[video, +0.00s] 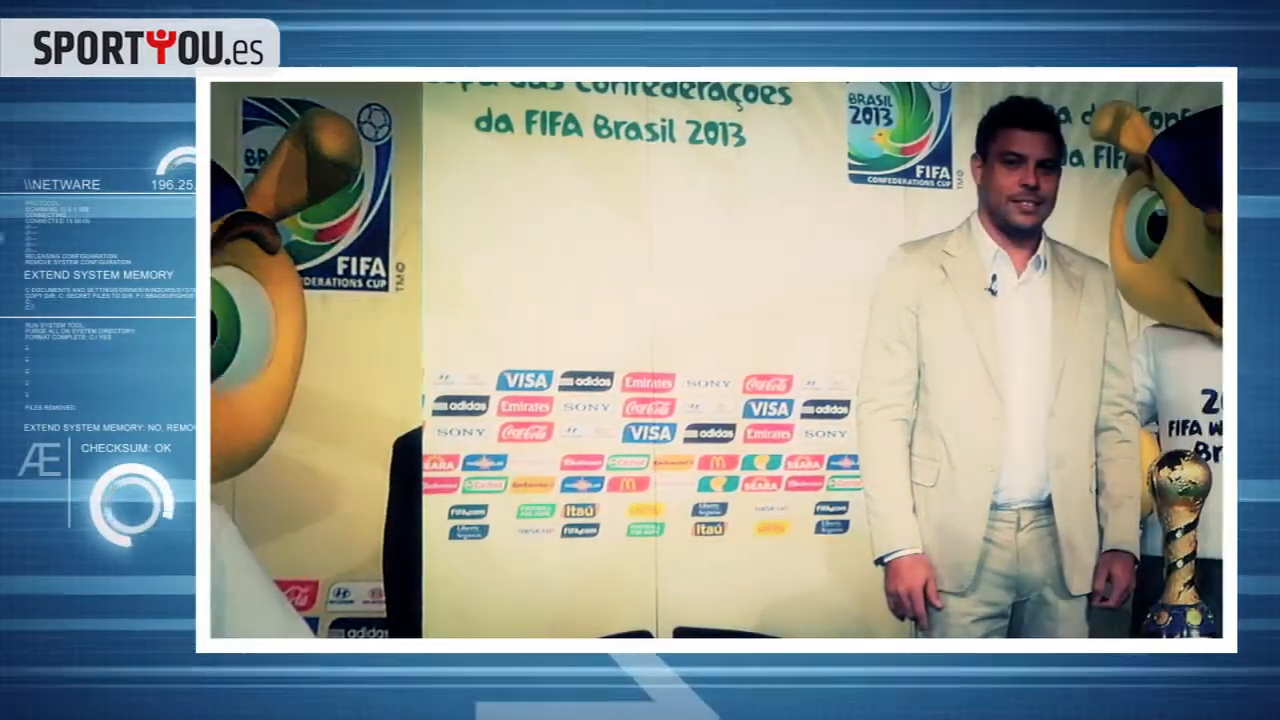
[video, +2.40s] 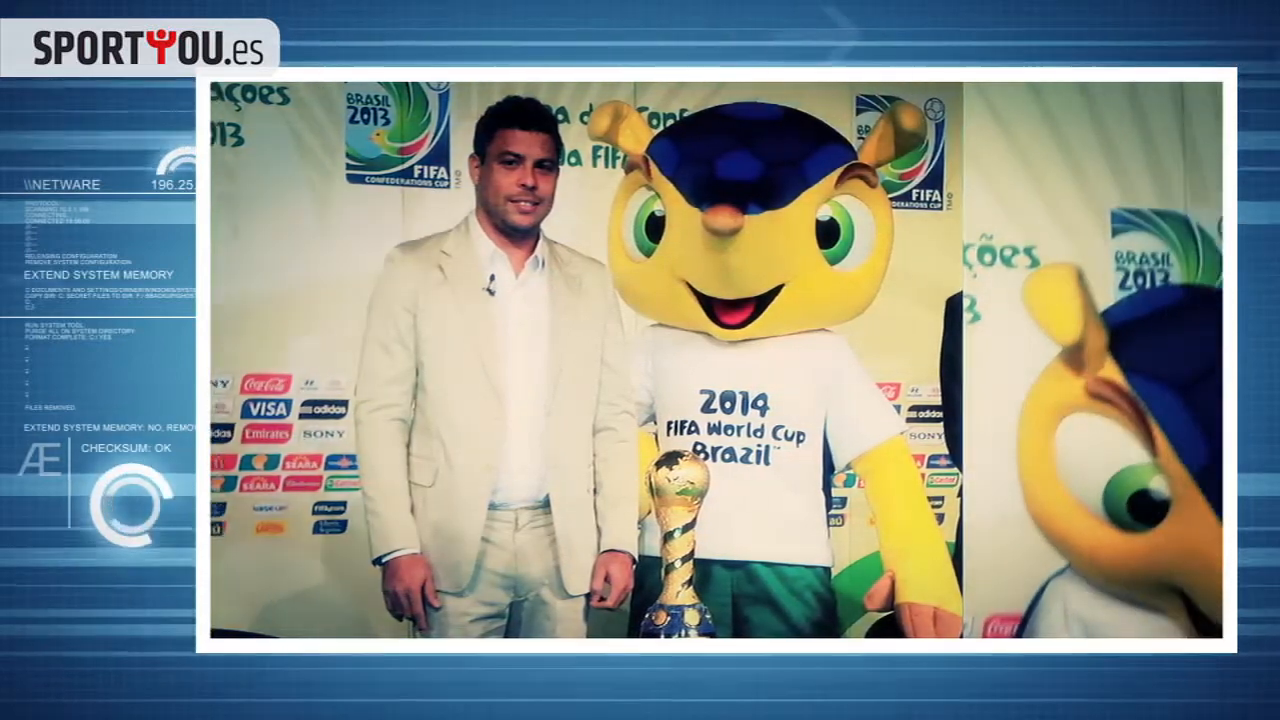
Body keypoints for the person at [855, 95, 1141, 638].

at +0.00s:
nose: (1031, 180)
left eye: (1047, 166)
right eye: (1013, 162)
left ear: (1060, 177)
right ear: (978, 170)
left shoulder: (1093, 282)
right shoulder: (915, 270)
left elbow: (1116, 422)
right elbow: (882, 414)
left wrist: (1120, 542)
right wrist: (899, 549)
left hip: (1066, 544)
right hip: (958, 547)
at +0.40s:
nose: (947, 180)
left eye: (963, 166)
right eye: (929, 162)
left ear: (976, 178)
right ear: (894, 170)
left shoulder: (1010, 283)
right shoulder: (832, 271)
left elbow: (1033, 423)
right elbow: (798, 414)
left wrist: (1036, 543)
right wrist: (815, 549)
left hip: (983, 544)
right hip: (874, 546)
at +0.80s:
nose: (863, 180)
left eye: (879, 166)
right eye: (845, 162)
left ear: (892, 178)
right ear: (810, 169)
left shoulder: (926, 283)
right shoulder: (747, 270)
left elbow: (949, 423)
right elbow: (714, 413)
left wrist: (952, 543)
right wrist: (731, 549)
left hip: (899, 544)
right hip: (790, 545)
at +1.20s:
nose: (779, 181)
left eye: (795, 166)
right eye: (761, 162)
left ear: (809, 177)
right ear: (726, 170)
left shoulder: (842, 283)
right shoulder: (663, 271)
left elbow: (865, 423)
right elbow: (630, 416)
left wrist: (868, 543)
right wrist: (647, 549)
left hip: (814, 542)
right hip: (706, 545)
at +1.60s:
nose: (696, 180)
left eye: (712, 166)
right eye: (678, 162)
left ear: (725, 177)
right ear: (643, 169)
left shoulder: (758, 282)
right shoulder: (580, 271)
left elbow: (782, 422)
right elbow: (547, 416)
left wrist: (784, 543)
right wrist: (564, 549)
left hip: (731, 542)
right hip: (623, 544)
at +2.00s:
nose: (613, 180)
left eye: (629, 166)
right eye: (594, 162)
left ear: (642, 178)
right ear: (559, 169)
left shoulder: (675, 283)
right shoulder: (497, 270)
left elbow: (698, 422)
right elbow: (464, 415)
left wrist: (701, 543)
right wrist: (480, 549)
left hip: (648, 542)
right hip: (540, 544)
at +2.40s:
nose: (529, 180)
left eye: (545, 166)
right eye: (511, 162)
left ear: (558, 178)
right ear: (476, 170)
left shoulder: (591, 282)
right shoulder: (413, 270)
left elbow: (615, 422)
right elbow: (380, 414)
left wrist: (617, 543)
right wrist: (397, 548)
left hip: (564, 542)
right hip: (457, 543)